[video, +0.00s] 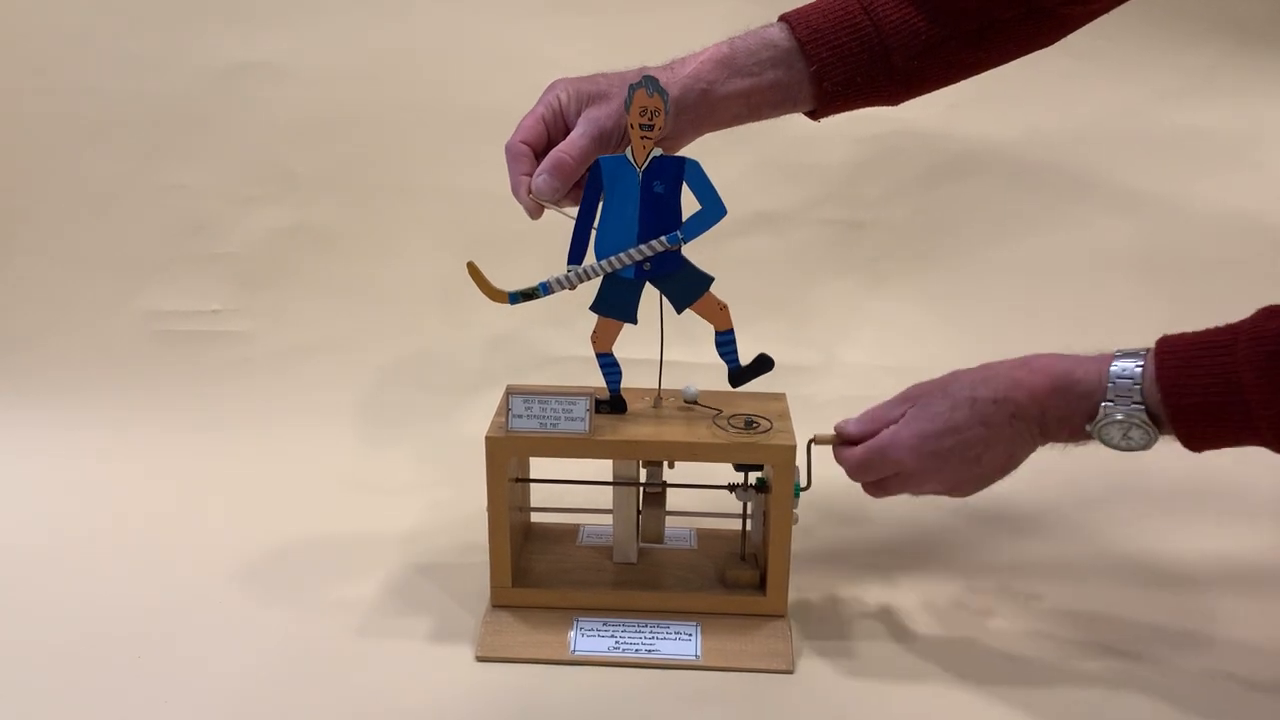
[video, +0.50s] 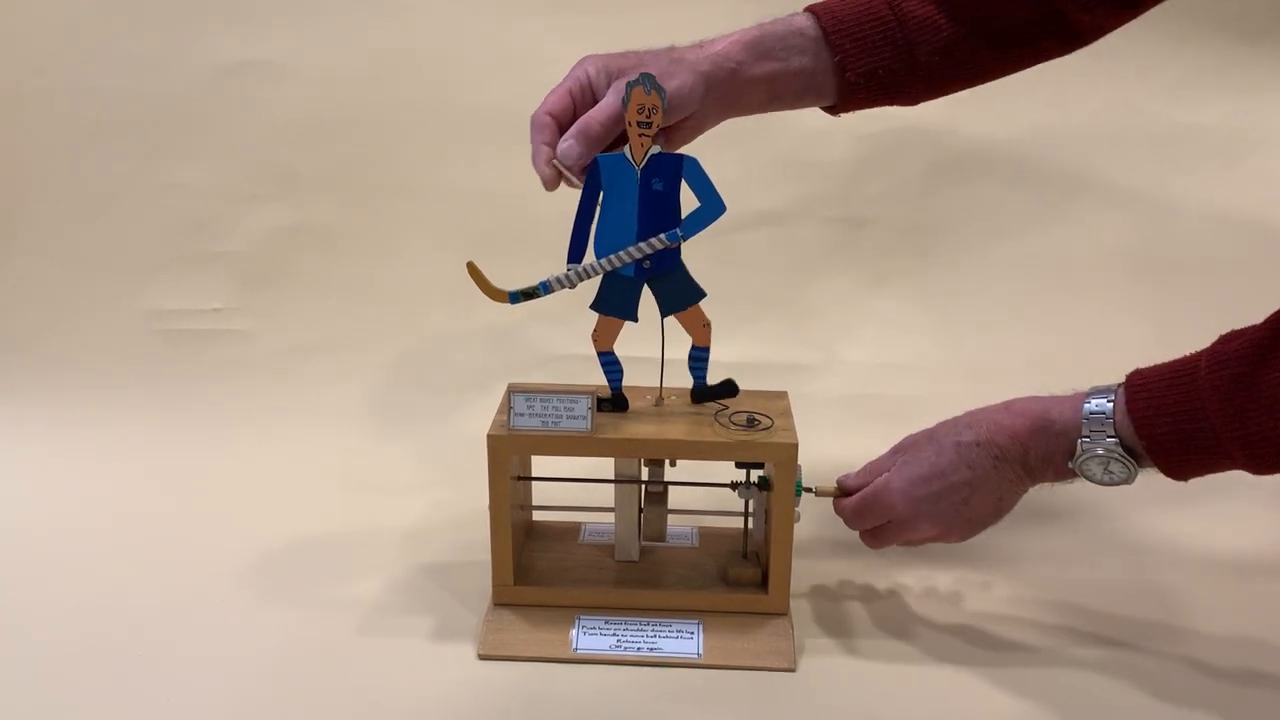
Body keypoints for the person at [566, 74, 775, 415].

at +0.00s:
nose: (649, 122)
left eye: (656, 114)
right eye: (642, 114)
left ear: (665, 119)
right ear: (628, 119)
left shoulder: (681, 167)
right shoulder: (605, 167)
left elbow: (716, 209)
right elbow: (585, 218)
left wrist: (677, 238)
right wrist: (573, 267)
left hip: (667, 264)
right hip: (621, 268)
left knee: (720, 313)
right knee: (601, 340)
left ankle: (736, 371)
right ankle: (615, 398)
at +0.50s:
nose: (645, 117)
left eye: (652, 110)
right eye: (638, 109)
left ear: (662, 117)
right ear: (625, 114)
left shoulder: (680, 164)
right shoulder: (603, 164)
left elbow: (715, 206)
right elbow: (584, 216)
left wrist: (677, 236)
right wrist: (574, 266)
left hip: (665, 267)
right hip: (620, 268)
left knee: (701, 328)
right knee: (602, 338)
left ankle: (700, 388)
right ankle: (617, 396)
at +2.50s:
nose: (643, 112)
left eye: (651, 106)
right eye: (636, 105)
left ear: (659, 113)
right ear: (622, 110)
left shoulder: (676, 161)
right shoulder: (600, 163)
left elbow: (713, 202)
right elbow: (581, 217)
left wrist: (676, 232)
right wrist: (571, 265)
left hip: (662, 265)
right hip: (618, 266)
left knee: (689, 330)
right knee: (601, 337)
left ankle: (678, 389)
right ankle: (616, 393)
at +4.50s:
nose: (644, 116)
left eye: (651, 109)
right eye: (637, 108)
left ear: (660, 115)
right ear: (622, 112)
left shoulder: (678, 163)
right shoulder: (601, 165)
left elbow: (714, 205)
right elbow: (582, 220)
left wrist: (675, 235)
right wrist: (573, 267)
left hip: (665, 265)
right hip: (620, 267)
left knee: (701, 326)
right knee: (603, 339)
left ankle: (700, 385)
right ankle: (619, 396)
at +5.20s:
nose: (642, 118)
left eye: (649, 112)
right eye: (635, 111)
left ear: (658, 119)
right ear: (621, 116)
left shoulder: (676, 167)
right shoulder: (600, 169)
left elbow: (713, 208)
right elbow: (582, 223)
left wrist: (674, 239)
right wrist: (572, 271)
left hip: (666, 262)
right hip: (621, 268)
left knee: (720, 311)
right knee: (603, 343)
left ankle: (738, 368)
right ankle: (618, 400)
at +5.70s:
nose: (647, 121)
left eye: (654, 114)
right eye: (640, 113)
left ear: (663, 122)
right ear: (626, 118)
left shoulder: (681, 170)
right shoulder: (604, 171)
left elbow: (716, 211)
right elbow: (585, 224)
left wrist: (676, 241)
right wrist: (575, 270)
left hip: (667, 270)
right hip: (621, 272)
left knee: (706, 330)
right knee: (603, 344)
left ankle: (707, 389)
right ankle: (618, 402)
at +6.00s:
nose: (646, 120)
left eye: (653, 114)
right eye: (639, 113)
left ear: (662, 121)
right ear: (624, 118)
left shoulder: (678, 169)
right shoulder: (603, 171)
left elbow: (715, 211)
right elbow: (584, 224)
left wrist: (676, 241)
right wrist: (573, 273)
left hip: (663, 276)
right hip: (619, 276)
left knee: (678, 343)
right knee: (603, 344)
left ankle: (660, 399)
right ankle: (618, 400)